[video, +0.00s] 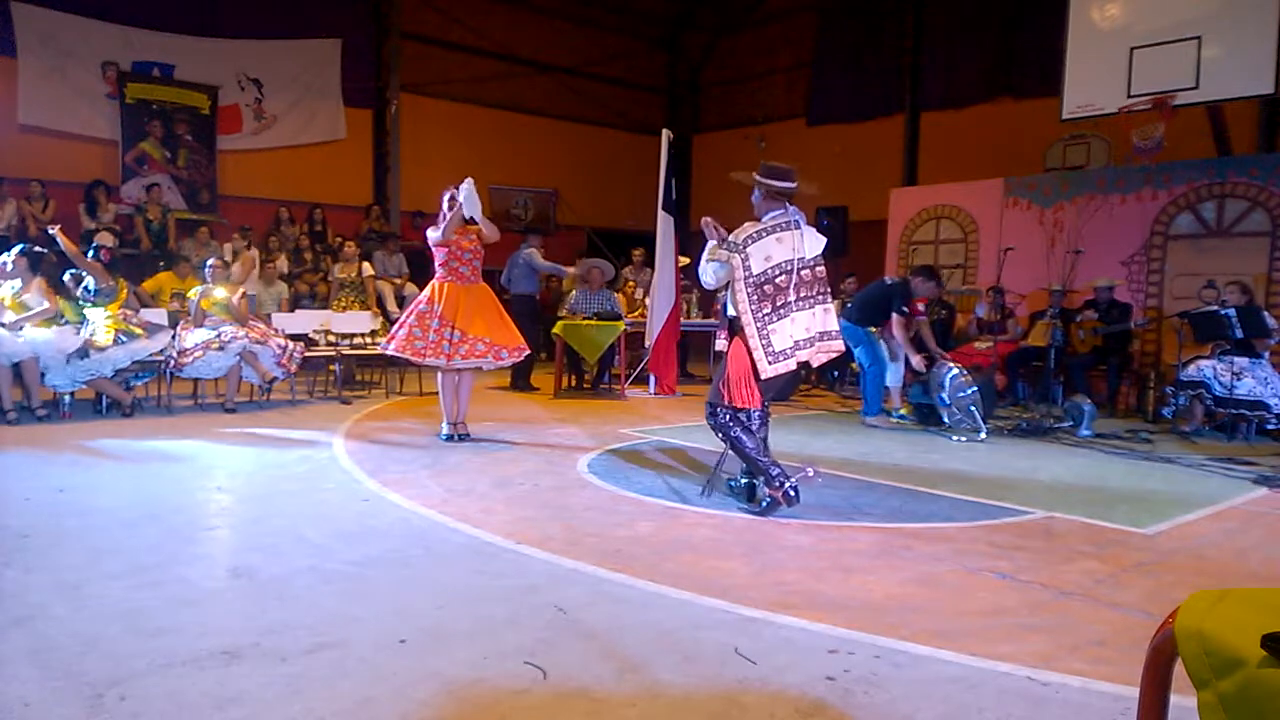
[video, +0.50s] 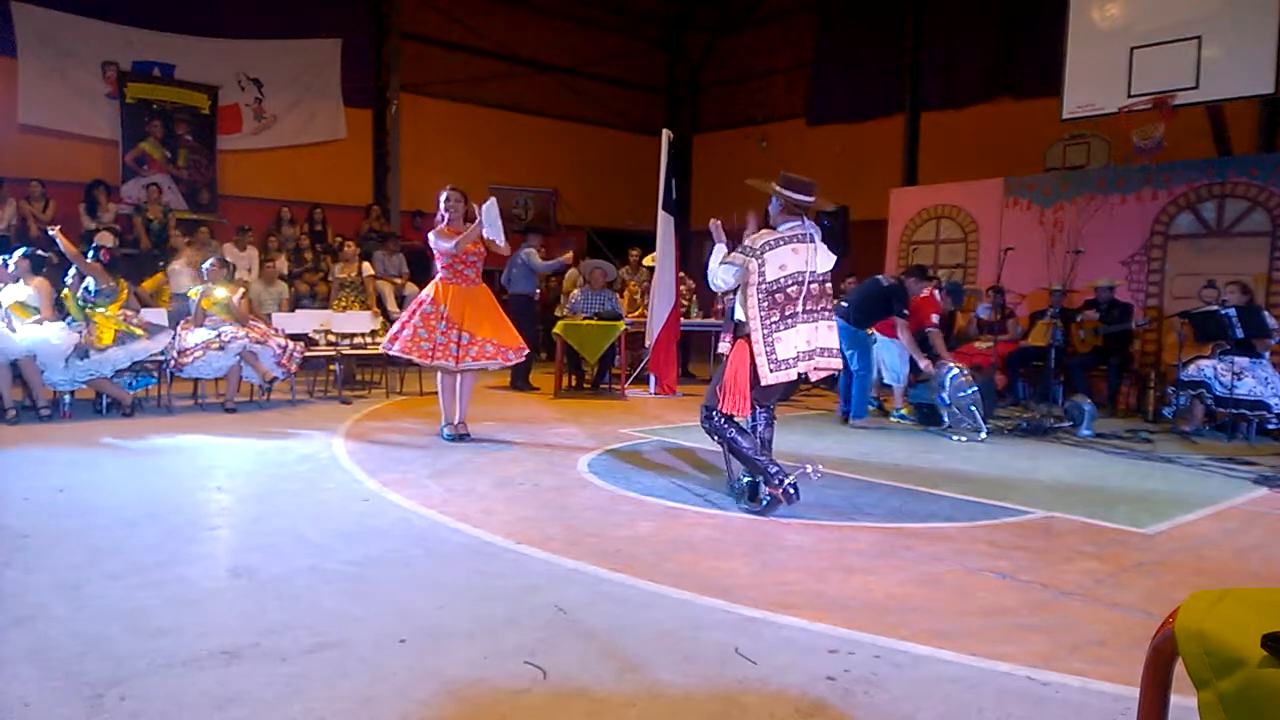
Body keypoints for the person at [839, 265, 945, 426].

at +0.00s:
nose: (927, 294)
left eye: (930, 291)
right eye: (929, 289)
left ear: (917, 280)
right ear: (920, 281)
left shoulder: (898, 286)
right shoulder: (902, 292)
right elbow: (897, 328)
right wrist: (913, 356)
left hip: (851, 323)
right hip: (858, 325)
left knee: (868, 367)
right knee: (876, 366)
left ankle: (869, 409)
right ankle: (873, 413)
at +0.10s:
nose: (926, 294)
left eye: (929, 290)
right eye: (927, 289)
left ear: (917, 280)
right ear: (919, 281)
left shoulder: (896, 285)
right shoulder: (902, 291)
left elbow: (881, 316)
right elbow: (901, 329)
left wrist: (883, 341)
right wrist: (918, 356)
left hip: (850, 323)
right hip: (857, 326)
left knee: (868, 367)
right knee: (875, 366)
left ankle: (866, 408)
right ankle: (865, 412)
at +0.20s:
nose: (926, 292)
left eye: (928, 288)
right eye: (926, 287)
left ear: (914, 279)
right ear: (916, 280)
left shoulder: (894, 283)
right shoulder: (902, 291)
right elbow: (904, 330)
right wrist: (921, 358)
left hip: (847, 323)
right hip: (856, 327)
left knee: (866, 368)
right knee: (870, 369)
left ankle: (868, 408)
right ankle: (862, 414)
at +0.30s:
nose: (923, 293)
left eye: (926, 289)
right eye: (924, 288)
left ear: (911, 279)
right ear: (915, 280)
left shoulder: (888, 281)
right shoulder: (901, 291)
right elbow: (903, 329)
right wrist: (920, 358)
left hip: (843, 322)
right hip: (856, 327)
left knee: (860, 369)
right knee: (869, 370)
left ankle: (866, 408)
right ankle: (861, 414)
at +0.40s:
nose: (921, 293)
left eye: (924, 289)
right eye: (921, 288)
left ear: (908, 279)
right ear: (912, 280)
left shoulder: (886, 281)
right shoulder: (900, 292)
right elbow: (902, 330)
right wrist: (920, 358)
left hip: (841, 319)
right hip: (854, 326)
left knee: (853, 370)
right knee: (866, 370)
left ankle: (858, 406)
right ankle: (858, 415)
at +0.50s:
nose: (920, 292)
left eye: (923, 288)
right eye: (920, 287)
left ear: (907, 278)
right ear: (911, 280)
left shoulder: (886, 280)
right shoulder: (900, 292)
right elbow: (902, 330)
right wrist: (920, 359)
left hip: (842, 317)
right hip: (854, 325)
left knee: (849, 369)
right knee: (863, 371)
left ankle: (845, 409)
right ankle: (858, 415)